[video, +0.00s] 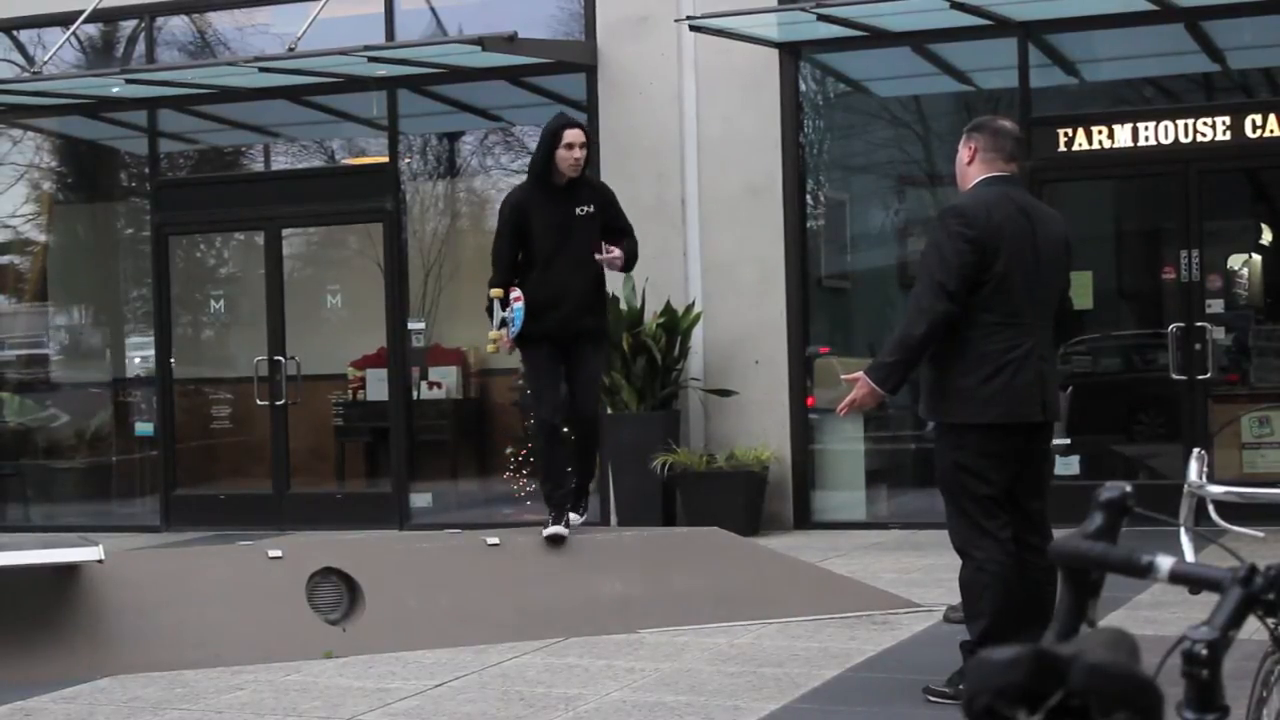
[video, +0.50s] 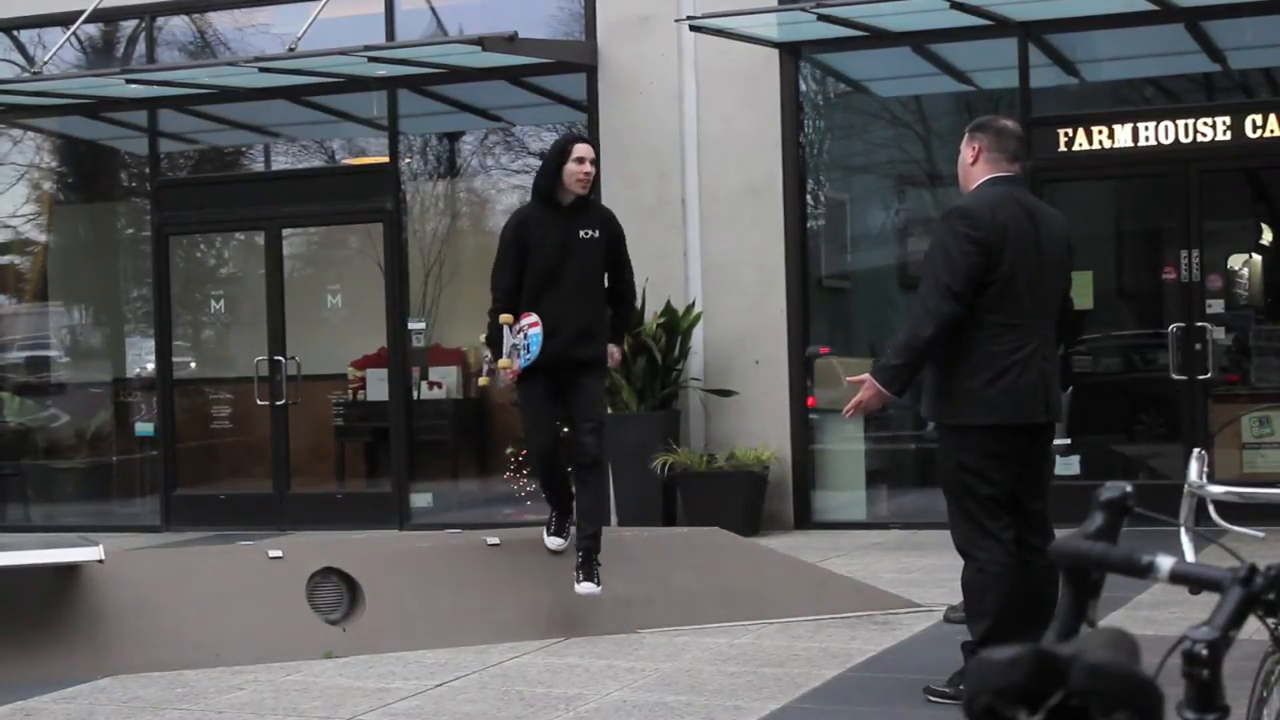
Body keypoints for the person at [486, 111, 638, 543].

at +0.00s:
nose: (577, 155)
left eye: (582, 147)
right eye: (569, 147)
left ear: (587, 152)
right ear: (550, 151)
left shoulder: (597, 194)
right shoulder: (520, 202)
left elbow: (626, 243)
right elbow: (502, 268)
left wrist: (620, 259)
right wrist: (499, 318)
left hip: (588, 323)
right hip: (539, 326)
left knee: (587, 413)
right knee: (548, 416)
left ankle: (581, 493)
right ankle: (557, 511)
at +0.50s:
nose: (587, 169)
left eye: (591, 162)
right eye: (578, 161)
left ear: (594, 170)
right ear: (555, 166)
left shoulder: (603, 221)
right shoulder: (523, 223)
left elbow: (623, 286)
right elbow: (503, 292)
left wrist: (616, 338)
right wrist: (501, 353)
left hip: (588, 356)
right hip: (535, 357)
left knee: (588, 452)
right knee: (542, 448)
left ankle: (589, 558)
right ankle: (559, 508)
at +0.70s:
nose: (602, 218)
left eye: (606, 212)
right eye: (594, 210)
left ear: (609, 222)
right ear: (570, 215)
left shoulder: (616, 275)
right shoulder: (532, 271)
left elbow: (636, 335)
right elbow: (509, 339)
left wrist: (630, 374)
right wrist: (501, 400)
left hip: (597, 410)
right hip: (541, 411)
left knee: (599, 516)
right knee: (536, 511)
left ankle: (591, 616)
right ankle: (562, 510)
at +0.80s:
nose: (605, 232)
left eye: (609, 226)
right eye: (597, 224)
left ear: (612, 236)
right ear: (573, 228)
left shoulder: (617, 292)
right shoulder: (536, 287)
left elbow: (638, 353)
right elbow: (512, 353)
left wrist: (638, 395)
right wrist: (504, 414)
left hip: (603, 424)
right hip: (546, 424)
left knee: (601, 525)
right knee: (544, 524)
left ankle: (591, 618)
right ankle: (555, 538)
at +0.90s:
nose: (604, 222)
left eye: (609, 215)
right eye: (596, 213)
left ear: (611, 225)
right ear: (572, 217)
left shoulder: (618, 279)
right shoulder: (533, 275)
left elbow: (642, 337)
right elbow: (510, 346)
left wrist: (633, 362)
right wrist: (508, 409)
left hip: (605, 419)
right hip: (548, 420)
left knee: (601, 521)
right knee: (551, 515)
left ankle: (591, 614)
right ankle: (550, 600)